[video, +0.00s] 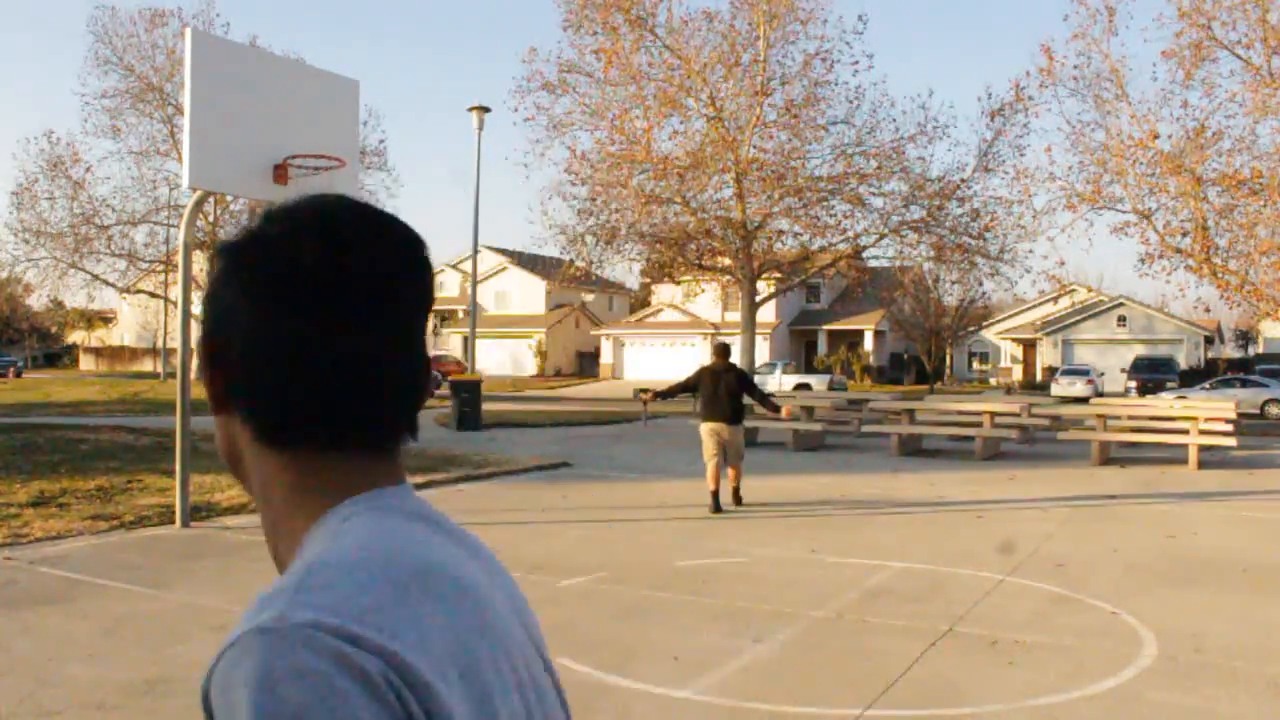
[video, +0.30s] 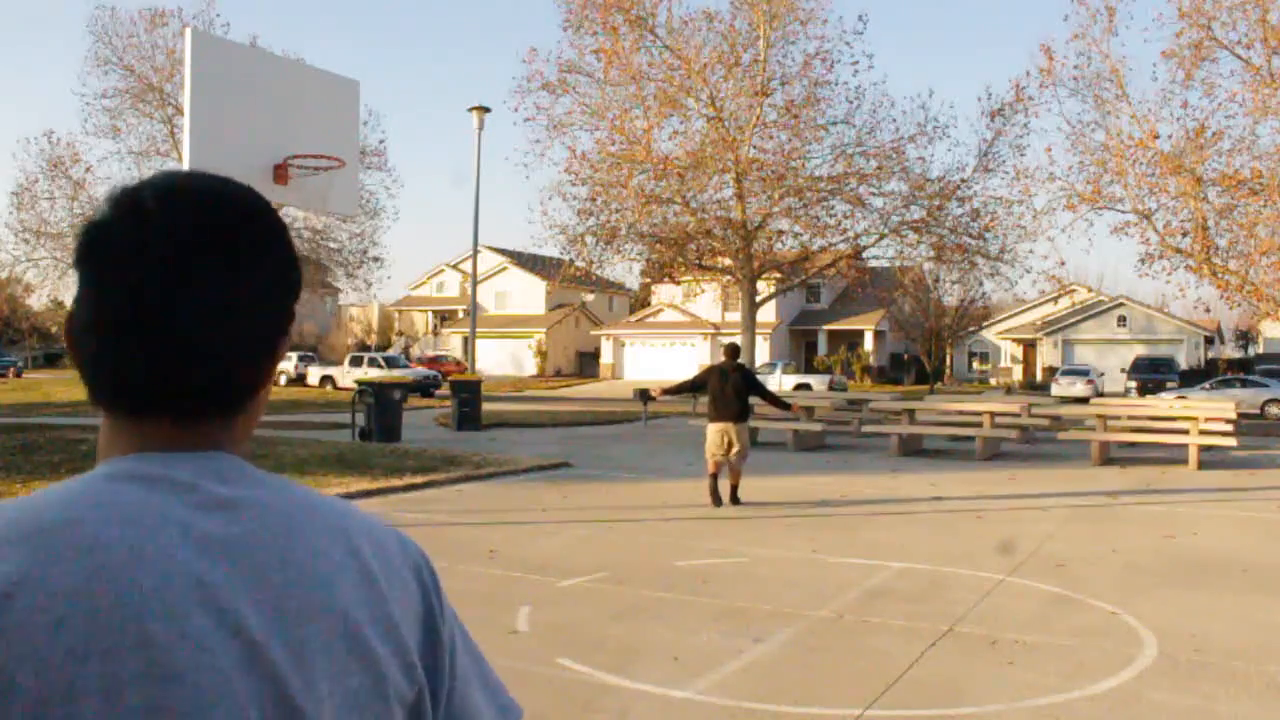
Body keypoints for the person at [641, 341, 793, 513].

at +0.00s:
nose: (720, 356)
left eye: (717, 353)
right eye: (724, 353)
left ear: (714, 355)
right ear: (729, 355)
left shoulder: (704, 373)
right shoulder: (738, 374)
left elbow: (682, 387)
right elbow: (756, 394)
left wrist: (658, 394)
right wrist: (776, 409)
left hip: (708, 423)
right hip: (732, 424)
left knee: (712, 461)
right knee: (735, 461)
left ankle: (714, 500)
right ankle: (735, 491)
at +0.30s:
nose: (723, 354)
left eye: (723, 352)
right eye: (730, 352)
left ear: (724, 354)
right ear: (738, 355)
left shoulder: (712, 371)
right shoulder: (745, 373)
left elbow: (690, 385)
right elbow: (765, 395)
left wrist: (664, 391)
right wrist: (789, 407)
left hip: (716, 423)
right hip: (737, 423)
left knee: (714, 457)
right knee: (736, 460)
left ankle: (712, 480)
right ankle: (733, 495)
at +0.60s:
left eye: (726, 353)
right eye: (735, 353)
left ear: (723, 355)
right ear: (738, 355)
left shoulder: (714, 371)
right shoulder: (744, 372)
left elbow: (696, 389)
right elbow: (758, 394)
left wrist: (676, 402)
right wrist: (771, 409)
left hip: (716, 420)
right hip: (737, 420)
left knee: (717, 453)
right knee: (734, 455)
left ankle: (718, 480)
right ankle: (733, 493)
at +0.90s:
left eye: (721, 352)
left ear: (719, 354)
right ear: (733, 354)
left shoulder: (710, 371)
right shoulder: (742, 372)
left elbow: (700, 395)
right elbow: (748, 397)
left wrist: (696, 416)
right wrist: (748, 417)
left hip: (713, 417)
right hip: (734, 417)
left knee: (716, 452)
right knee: (736, 449)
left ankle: (720, 486)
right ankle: (735, 476)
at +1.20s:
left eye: (720, 353)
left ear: (719, 355)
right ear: (733, 355)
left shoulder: (710, 371)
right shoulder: (741, 372)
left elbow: (699, 390)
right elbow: (752, 395)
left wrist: (694, 405)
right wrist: (760, 413)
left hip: (715, 416)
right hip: (735, 417)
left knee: (717, 450)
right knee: (732, 450)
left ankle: (721, 485)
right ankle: (729, 478)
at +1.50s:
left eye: (723, 352)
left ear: (721, 353)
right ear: (734, 353)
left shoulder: (713, 369)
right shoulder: (743, 371)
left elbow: (702, 392)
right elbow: (749, 395)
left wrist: (697, 412)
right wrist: (748, 416)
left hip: (716, 414)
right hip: (735, 415)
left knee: (710, 442)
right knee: (731, 448)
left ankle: (714, 465)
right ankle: (728, 478)